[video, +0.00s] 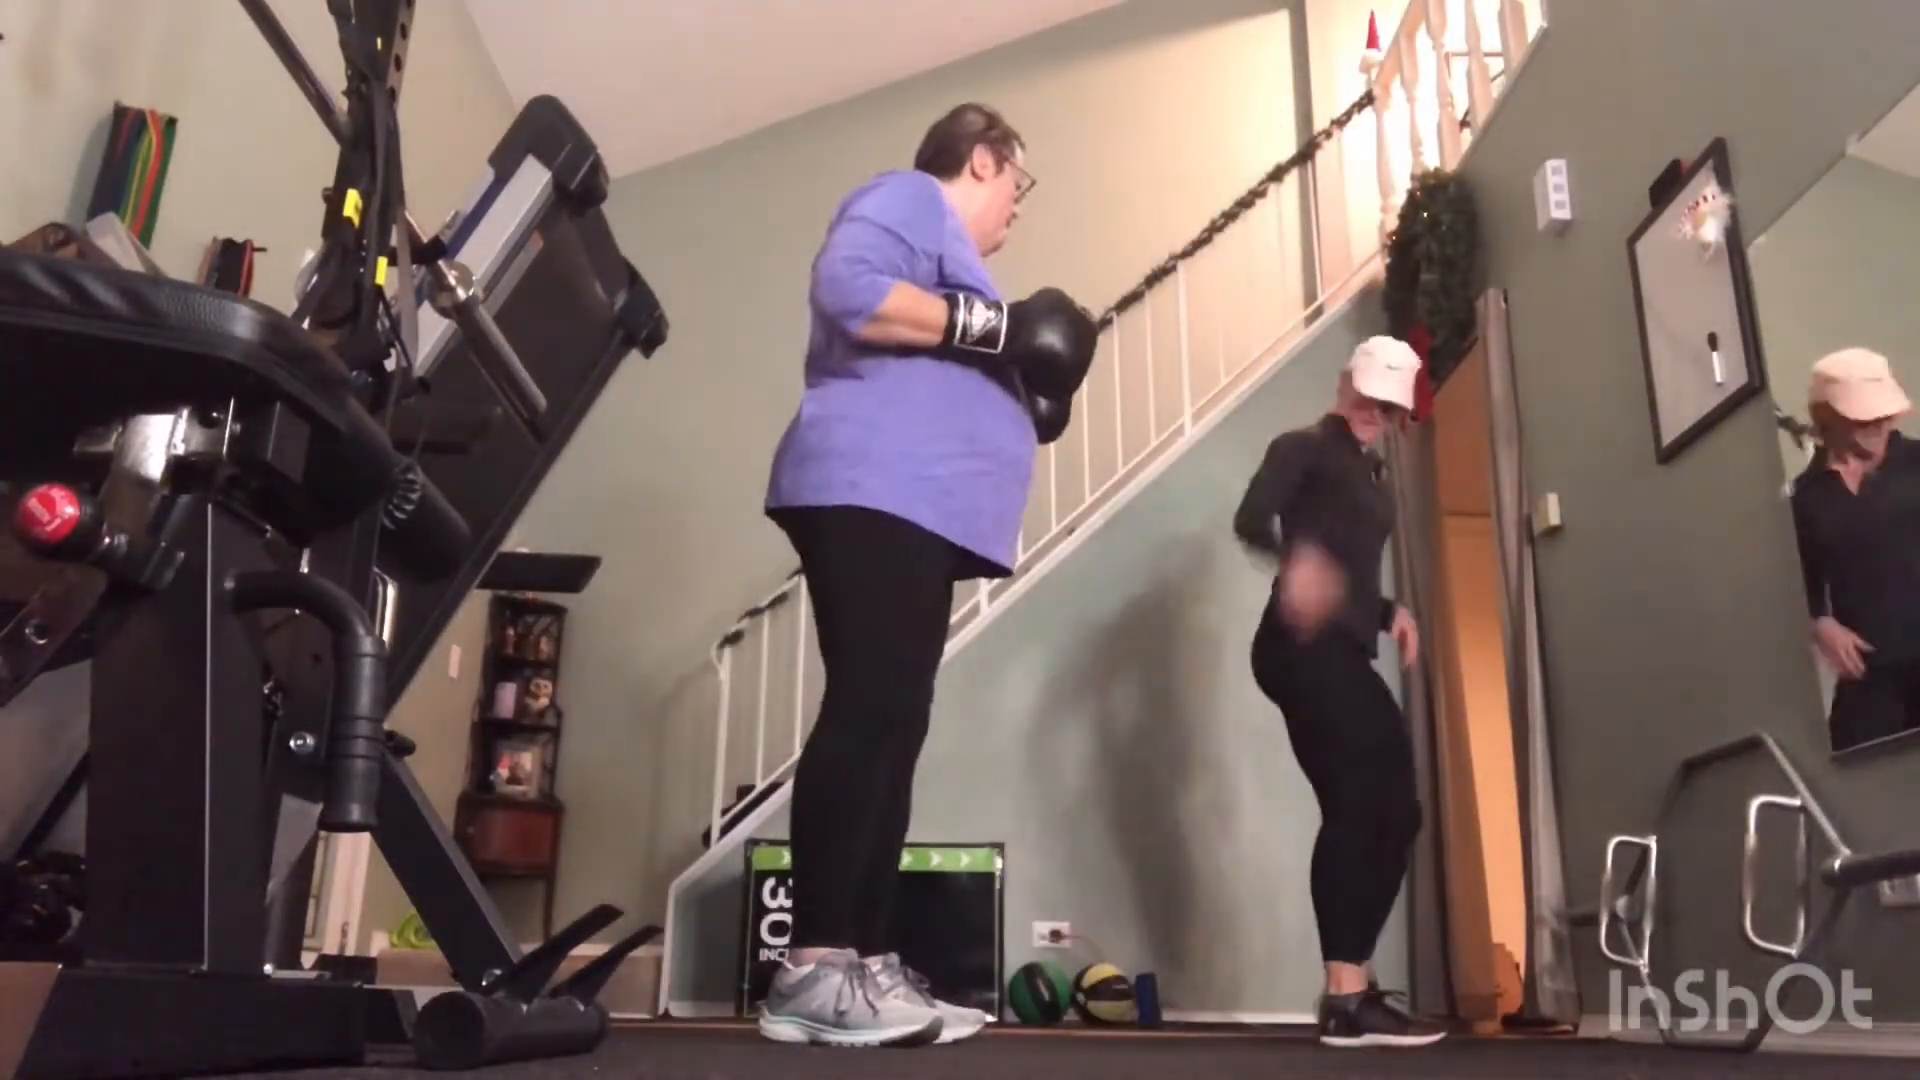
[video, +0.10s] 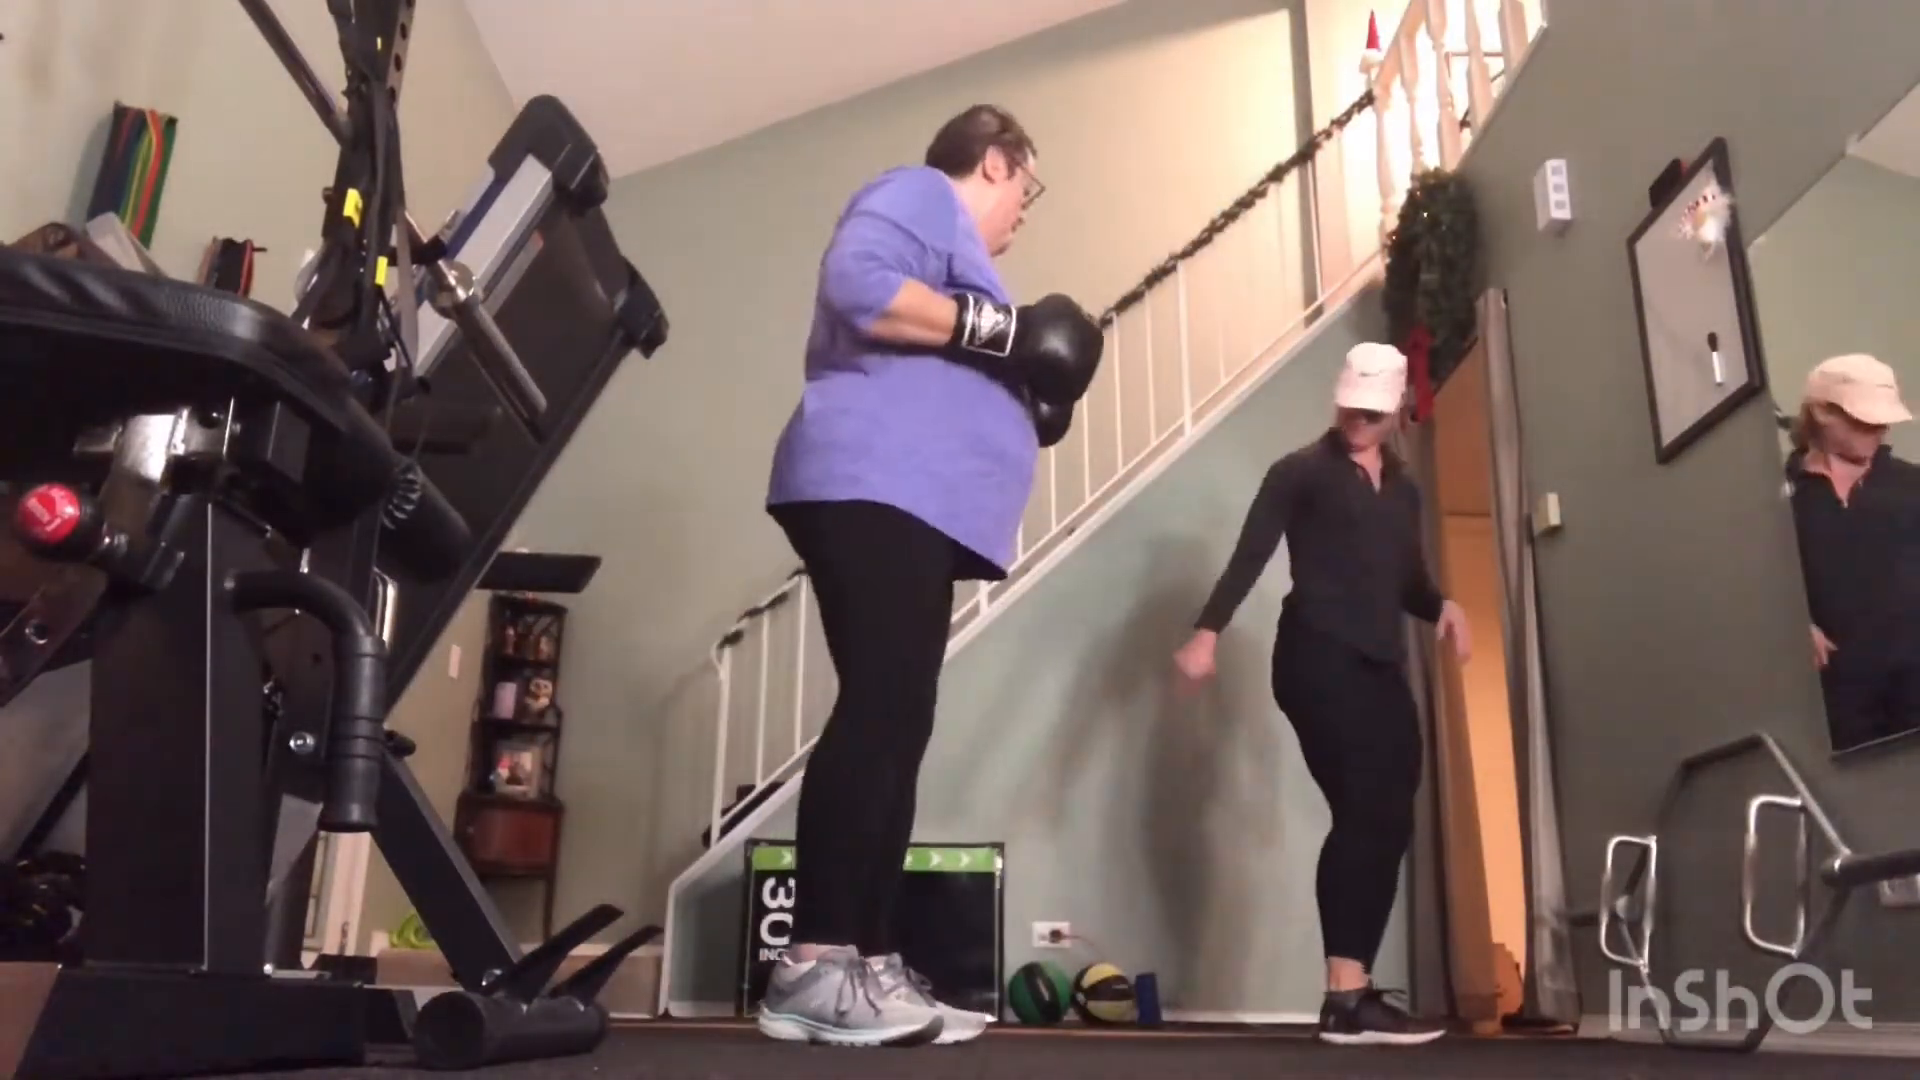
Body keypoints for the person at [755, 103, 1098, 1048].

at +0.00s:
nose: (1020, 211)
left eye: (1023, 196)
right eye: (1019, 189)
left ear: (977, 171)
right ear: (984, 162)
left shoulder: (962, 270)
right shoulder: (910, 192)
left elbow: (984, 415)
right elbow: (848, 291)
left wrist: (1039, 386)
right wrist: (988, 323)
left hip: (914, 511)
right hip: (868, 492)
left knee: (892, 727)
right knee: (868, 719)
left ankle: (864, 966)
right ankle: (816, 967)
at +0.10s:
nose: (1027, 213)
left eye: (1030, 199)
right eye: (1026, 191)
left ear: (985, 173)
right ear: (993, 163)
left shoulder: (967, 266)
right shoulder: (921, 189)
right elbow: (858, 288)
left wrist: (1038, 391)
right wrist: (994, 326)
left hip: (910, 504)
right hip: (870, 487)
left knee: (892, 722)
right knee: (883, 717)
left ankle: (854, 963)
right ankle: (825, 964)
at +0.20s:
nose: (1029, 223)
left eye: (1035, 209)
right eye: (1032, 202)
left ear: (961, 155)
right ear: (1011, 171)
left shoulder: (876, 215)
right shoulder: (966, 189)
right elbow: (928, 283)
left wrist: (1028, 369)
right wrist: (1047, 353)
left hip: (801, 476)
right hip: (855, 482)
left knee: (850, 709)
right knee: (854, 708)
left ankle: (830, 951)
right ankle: (802, 963)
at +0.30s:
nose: (988, 247)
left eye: (986, 234)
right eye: (984, 232)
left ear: (898, 214)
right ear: (957, 216)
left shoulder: (811, 288)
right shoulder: (940, 251)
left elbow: (740, 413)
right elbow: (948, 353)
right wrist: (1026, 428)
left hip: (758, 510)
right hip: (870, 511)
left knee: (792, 734)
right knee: (864, 722)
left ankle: (775, 976)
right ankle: (806, 961)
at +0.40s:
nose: (965, 291)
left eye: (964, 280)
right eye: (961, 277)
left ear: (881, 272)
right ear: (932, 267)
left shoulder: (817, 338)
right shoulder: (925, 305)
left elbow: (776, 456)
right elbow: (925, 399)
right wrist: (988, 510)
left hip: (778, 552)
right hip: (892, 554)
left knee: (796, 759)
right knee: (947, 755)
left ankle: (770, 980)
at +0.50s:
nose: (999, 331)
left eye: (998, 319)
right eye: (996, 318)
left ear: (923, 314)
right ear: (972, 311)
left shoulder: (857, 384)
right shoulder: (978, 359)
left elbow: (815, 508)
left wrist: (906, 528)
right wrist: (1064, 574)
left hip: (836, 592)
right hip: (943, 588)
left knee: (872, 770)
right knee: (958, 780)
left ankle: (814, 939)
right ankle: (932, 983)